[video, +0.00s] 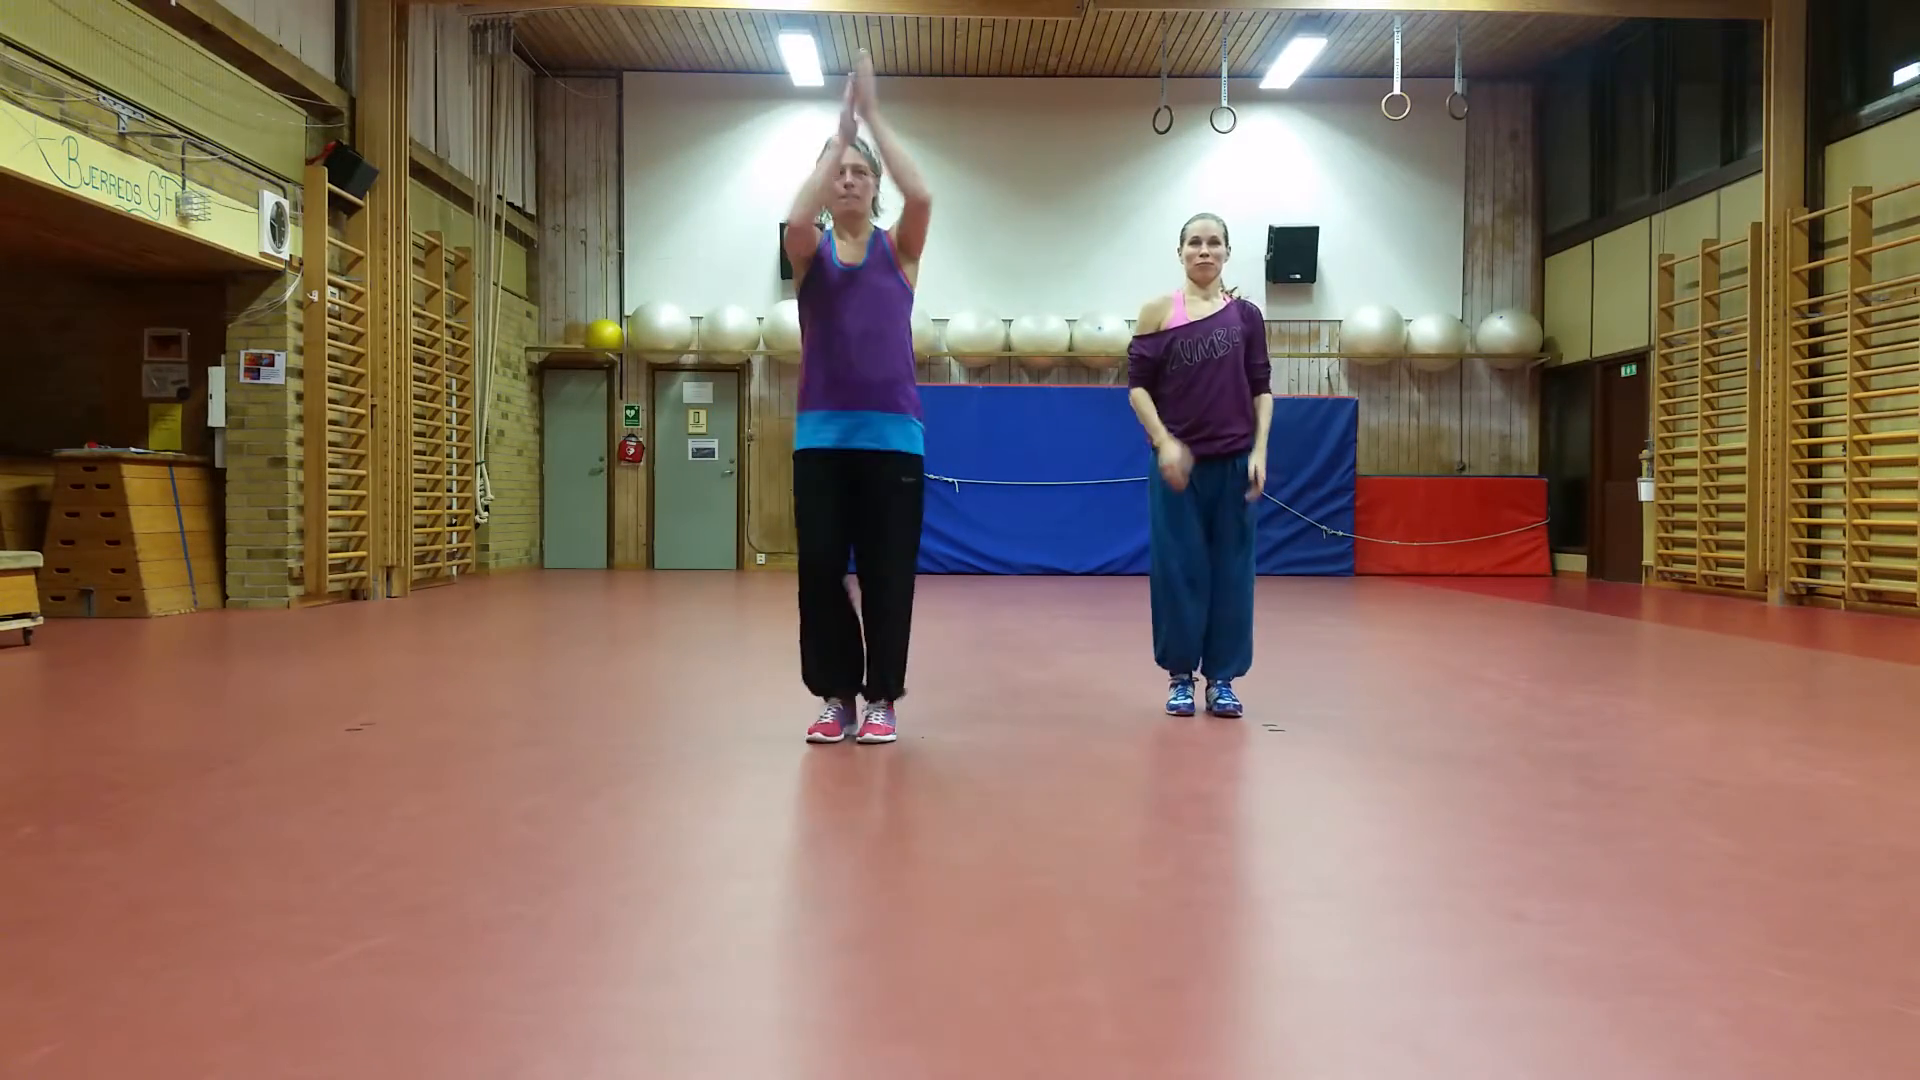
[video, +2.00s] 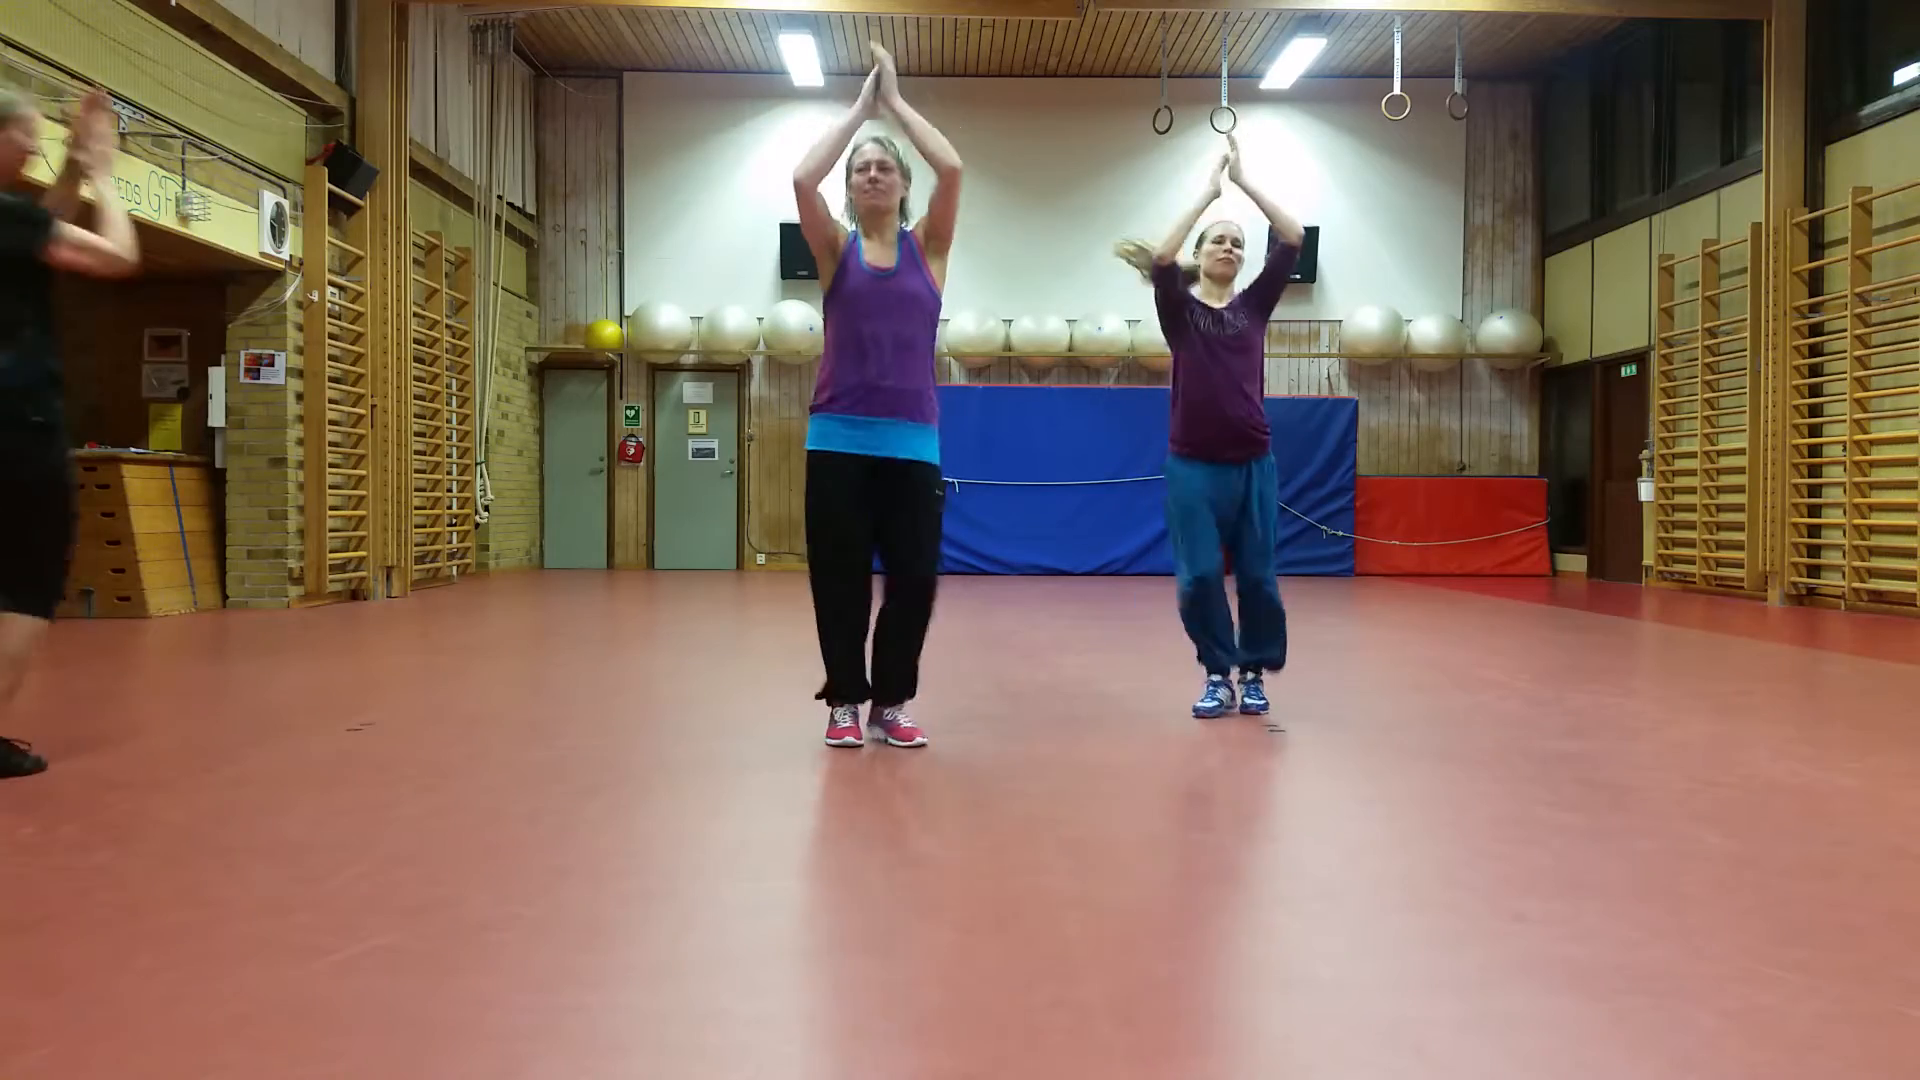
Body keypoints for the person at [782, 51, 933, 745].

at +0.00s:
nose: (849, 176)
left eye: (860, 169)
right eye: (839, 168)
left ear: (877, 187)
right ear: (824, 185)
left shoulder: (898, 248)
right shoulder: (810, 251)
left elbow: (919, 198)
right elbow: (797, 221)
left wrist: (874, 117)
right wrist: (839, 130)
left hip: (892, 431)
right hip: (823, 431)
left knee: (887, 571)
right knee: (819, 570)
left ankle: (882, 700)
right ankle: (838, 698)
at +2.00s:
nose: (873, 173)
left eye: (885, 167)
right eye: (862, 166)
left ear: (904, 185)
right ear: (849, 185)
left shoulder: (928, 249)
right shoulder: (835, 250)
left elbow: (952, 168)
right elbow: (805, 181)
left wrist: (896, 102)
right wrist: (861, 106)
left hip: (913, 440)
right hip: (840, 437)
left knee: (914, 580)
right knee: (840, 578)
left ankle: (891, 701)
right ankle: (846, 703)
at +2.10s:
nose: (875, 169)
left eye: (887, 162)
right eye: (863, 163)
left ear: (906, 179)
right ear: (849, 180)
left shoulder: (929, 242)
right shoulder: (834, 242)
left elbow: (970, 170)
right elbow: (794, 182)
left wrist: (916, 94)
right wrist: (845, 102)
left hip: (913, 429)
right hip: (839, 426)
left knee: (937, 563)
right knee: (839, 567)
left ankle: (903, 683)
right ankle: (842, 700)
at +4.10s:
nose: (890, 157)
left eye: (902, 149)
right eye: (879, 150)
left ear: (922, 168)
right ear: (865, 170)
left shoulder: (948, 234)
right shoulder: (846, 238)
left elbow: (1015, 236)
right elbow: (772, 266)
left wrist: (947, 180)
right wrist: (807, 196)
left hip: (939, 426)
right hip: (863, 424)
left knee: (943, 573)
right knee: (831, 560)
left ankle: (939, 708)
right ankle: (861, 693)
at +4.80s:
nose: (893, 188)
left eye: (905, 181)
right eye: (882, 181)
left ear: (924, 201)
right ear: (866, 201)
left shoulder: (945, 262)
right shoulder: (844, 258)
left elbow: (999, 280)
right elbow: (764, 271)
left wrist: (933, 239)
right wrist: (836, 287)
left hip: (942, 452)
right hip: (859, 452)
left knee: (1006, 580)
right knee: (802, 575)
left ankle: (1054, 704)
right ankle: (765, 711)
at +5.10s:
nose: (882, 203)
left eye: (894, 196)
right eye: (871, 196)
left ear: (912, 214)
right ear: (856, 216)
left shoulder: (935, 269)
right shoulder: (838, 279)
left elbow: (1002, 259)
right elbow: (764, 290)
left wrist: (926, 291)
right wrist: (832, 273)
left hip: (937, 471)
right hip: (851, 470)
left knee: (993, 593)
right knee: (769, 580)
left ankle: (1053, 708)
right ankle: (737, 710)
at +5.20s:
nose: (882, 182)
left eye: (894, 176)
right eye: (870, 176)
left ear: (912, 197)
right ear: (853, 197)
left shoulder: (935, 259)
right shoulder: (832, 260)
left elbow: (991, 289)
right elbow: (750, 277)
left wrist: (936, 257)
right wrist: (790, 256)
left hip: (930, 453)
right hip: (844, 454)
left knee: (1011, 573)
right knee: (777, 580)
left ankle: (1053, 696)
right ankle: (733, 703)